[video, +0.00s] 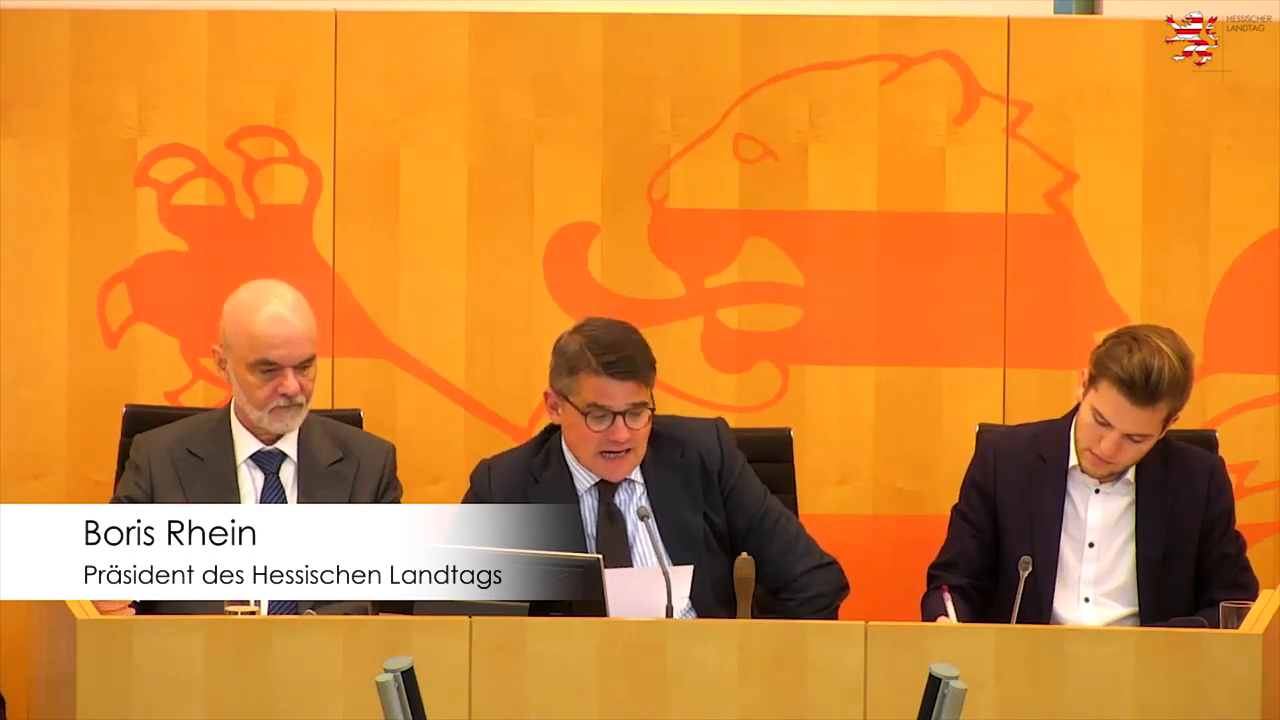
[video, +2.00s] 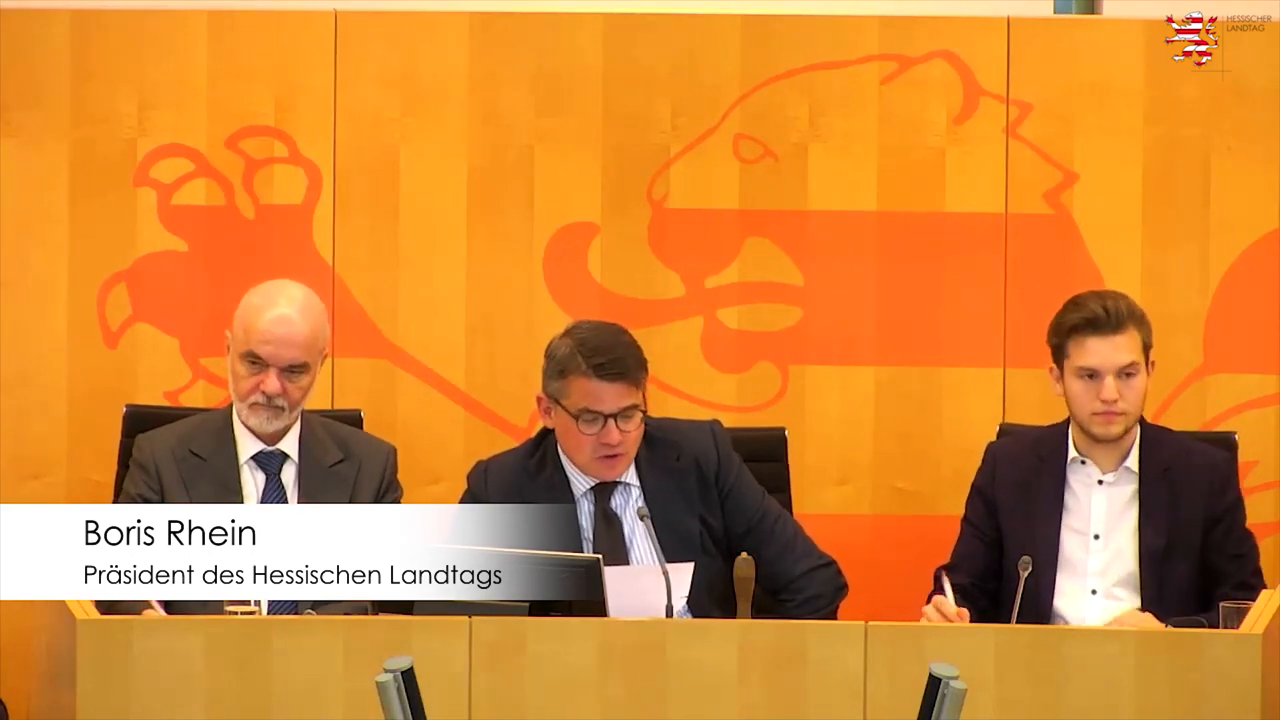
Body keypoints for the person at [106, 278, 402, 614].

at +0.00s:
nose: (292, 389)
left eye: (304, 367)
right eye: (267, 370)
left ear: (317, 357)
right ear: (222, 364)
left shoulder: (371, 461)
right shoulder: (155, 458)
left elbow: (391, 589)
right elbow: (113, 568)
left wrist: (308, 636)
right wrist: (109, 599)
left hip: (327, 666)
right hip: (191, 665)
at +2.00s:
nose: (271, 388)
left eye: (294, 371)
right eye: (254, 363)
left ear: (321, 363)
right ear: (228, 349)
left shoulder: (372, 464)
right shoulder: (159, 456)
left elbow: (384, 589)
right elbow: (118, 575)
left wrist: (312, 635)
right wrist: (148, 620)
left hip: (325, 666)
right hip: (196, 661)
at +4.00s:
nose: (274, 392)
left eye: (296, 376)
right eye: (257, 369)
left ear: (322, 362)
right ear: (229, 349)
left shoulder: (372, 464)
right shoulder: (160, 456)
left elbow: (391, 594)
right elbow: (125, 577)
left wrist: (315, 629)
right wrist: (147, 621)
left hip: (331, 676)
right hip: (198, 671)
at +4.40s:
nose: (274, 392)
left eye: (296, 376)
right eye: (257, 368)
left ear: (322, 362)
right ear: (229, 349)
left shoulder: (372, 464)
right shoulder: (160, 456)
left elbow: (391, 594)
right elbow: (125, 578)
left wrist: (316, 629)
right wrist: (146, 620)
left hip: (331, 675)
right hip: (199, 670)